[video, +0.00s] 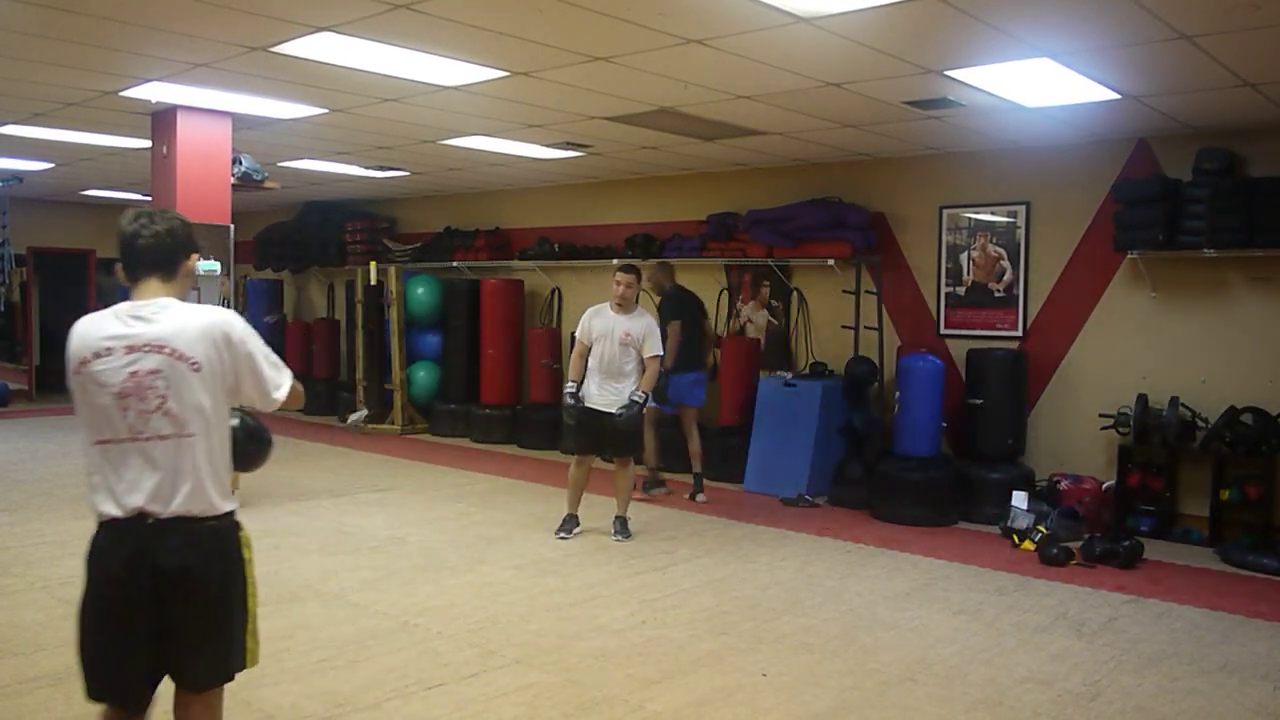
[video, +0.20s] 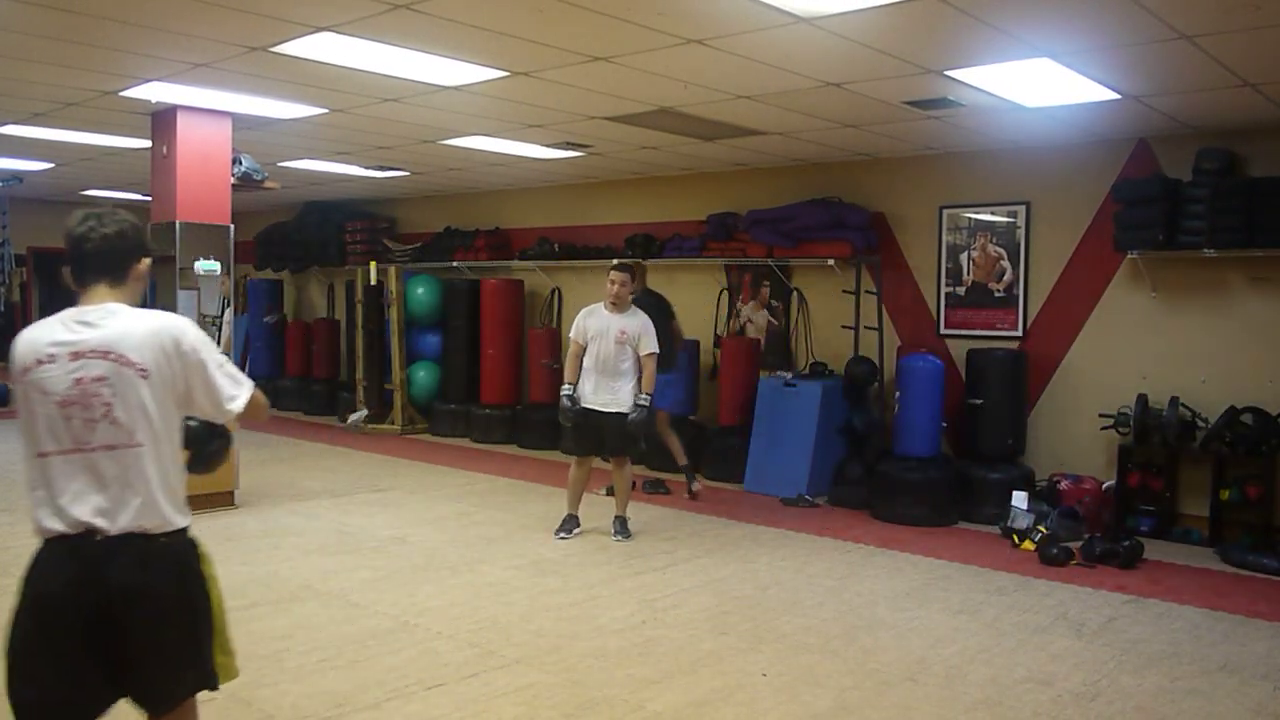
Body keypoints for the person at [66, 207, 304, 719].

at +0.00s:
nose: (197, 268)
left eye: (193, 259)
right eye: (195, 260)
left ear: (122, 270)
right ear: (188, 264)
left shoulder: (82, 336)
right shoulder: (218, 327)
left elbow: (109, 424)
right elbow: (290, 396)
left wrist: (214, 440)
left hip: (119, 548)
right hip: (204, 547)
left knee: (121, 703)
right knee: (200, 699)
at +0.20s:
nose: (147, 273)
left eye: (143, 263)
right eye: (146, 264)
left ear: (70, 274)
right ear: (141, 267)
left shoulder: (26, 346)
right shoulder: (170, 334)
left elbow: (53, 437)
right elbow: (254, 407)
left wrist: (170, 440)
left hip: (61, 571)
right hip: (158, 567)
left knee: (47, 711)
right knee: (174, 708)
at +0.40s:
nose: (100, 271)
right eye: (101, 262)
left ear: (19, 276)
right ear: (94, 264)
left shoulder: (2, 332)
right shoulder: (126, 328)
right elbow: (211, 427)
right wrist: (133, 416)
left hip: (11, 571)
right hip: (116, 569)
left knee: (26, 710)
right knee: (145, 708)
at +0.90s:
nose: (133, 269)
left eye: (133, 257)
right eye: (133, 257)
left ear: (43, 258)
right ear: (119, 259)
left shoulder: (7, 341)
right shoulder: (143, 339)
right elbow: (183, 486)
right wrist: (187, 395)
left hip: (27, 592)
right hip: (127, 597)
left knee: (31, 712)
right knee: (140, 710)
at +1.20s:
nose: (196, 274)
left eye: (196, 260)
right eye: (196, 260)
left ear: (113, 255)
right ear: (182, 260)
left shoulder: (50, 346)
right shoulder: (198, 345)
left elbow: (46, 474)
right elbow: (236, 494)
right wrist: (236, 393)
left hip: (76, 605)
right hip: (175, 611)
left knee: (79, 712)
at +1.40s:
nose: (237, 288)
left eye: (240, 275)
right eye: (239, 274)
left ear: (154, 262)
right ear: (223, 268)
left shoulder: (93, 352)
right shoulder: (241, 354)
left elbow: (94, 464)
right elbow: (285, 486)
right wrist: (296, 388)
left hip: (113, 603)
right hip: (209, 611)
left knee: (118, 713)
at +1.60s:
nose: (280, 294)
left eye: (282, 281)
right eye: (281, 280)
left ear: (204, 277)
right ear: (268, 278)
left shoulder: (154, 360)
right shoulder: (293, 361)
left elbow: (159, 477)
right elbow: (320, 472)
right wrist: (311, 374)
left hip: (173, 596)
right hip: (259, 605)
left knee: (171, 712)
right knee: (262, 711)